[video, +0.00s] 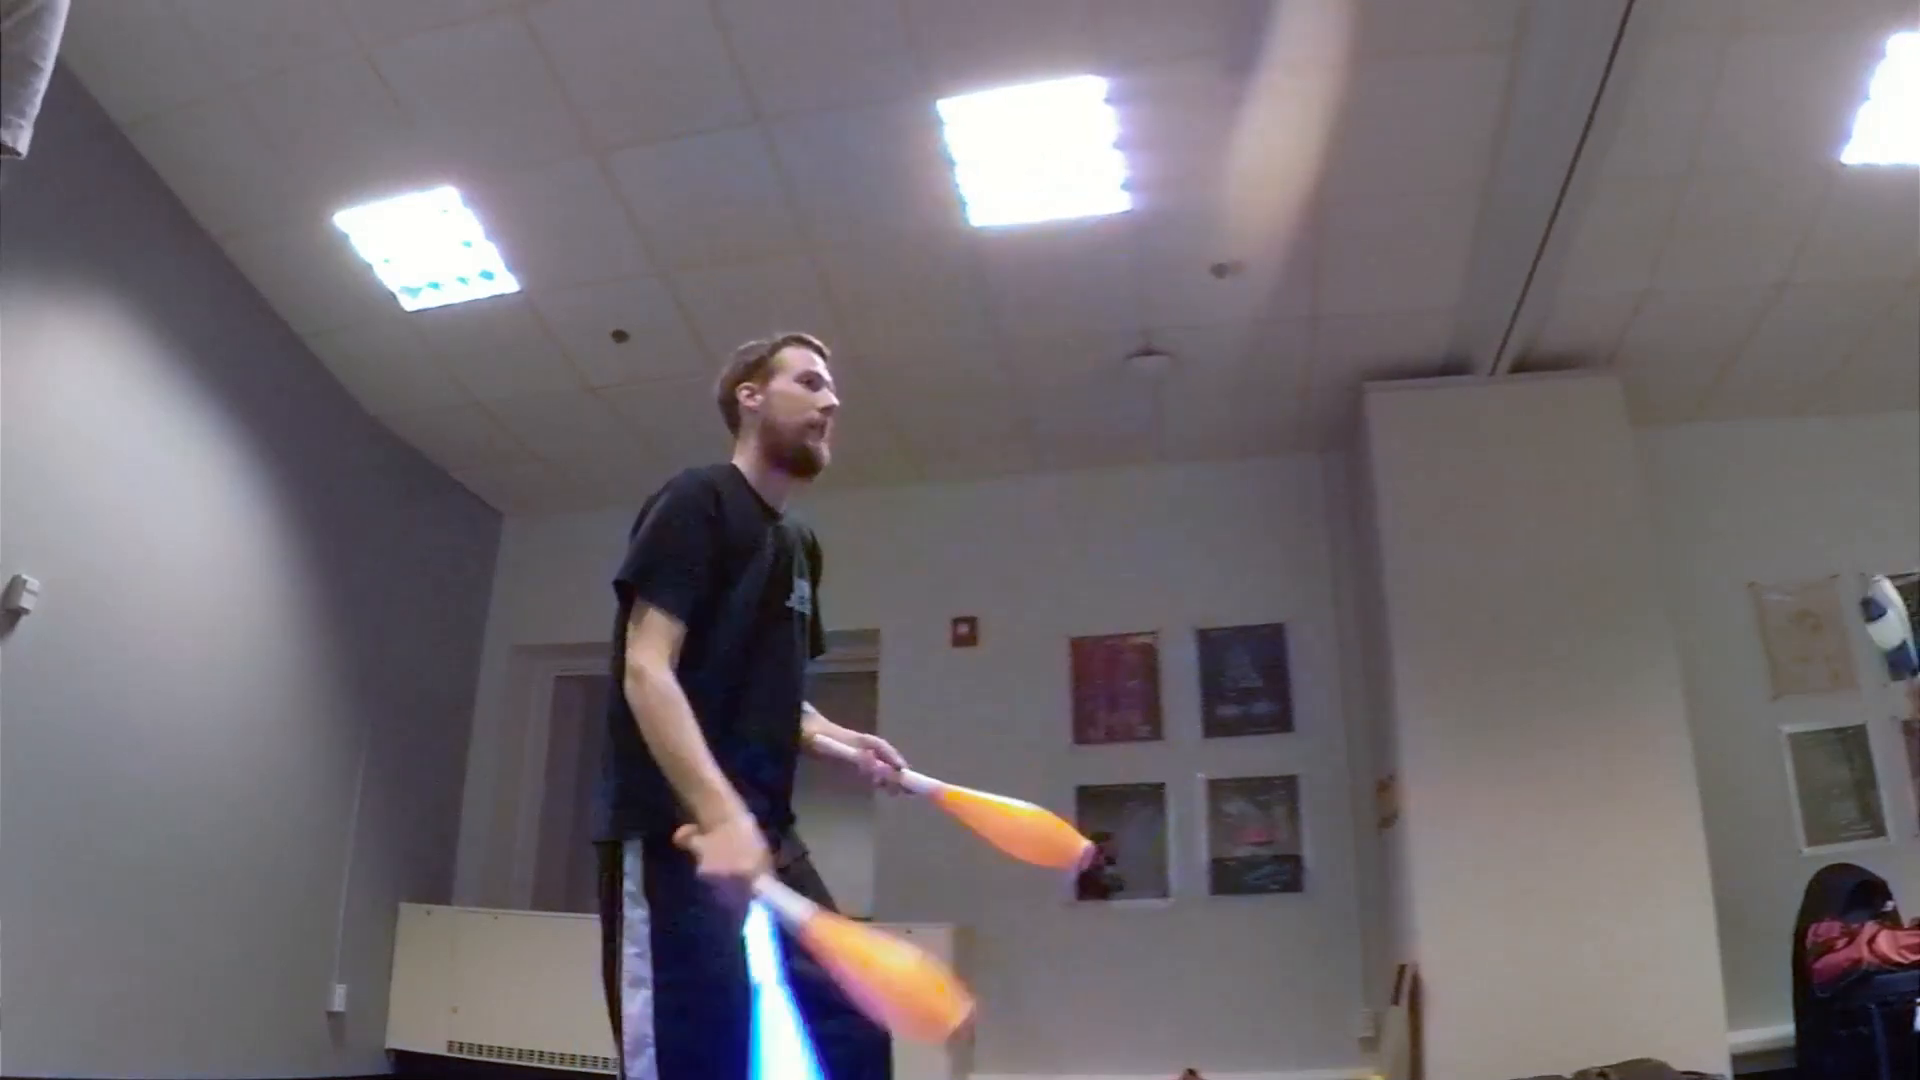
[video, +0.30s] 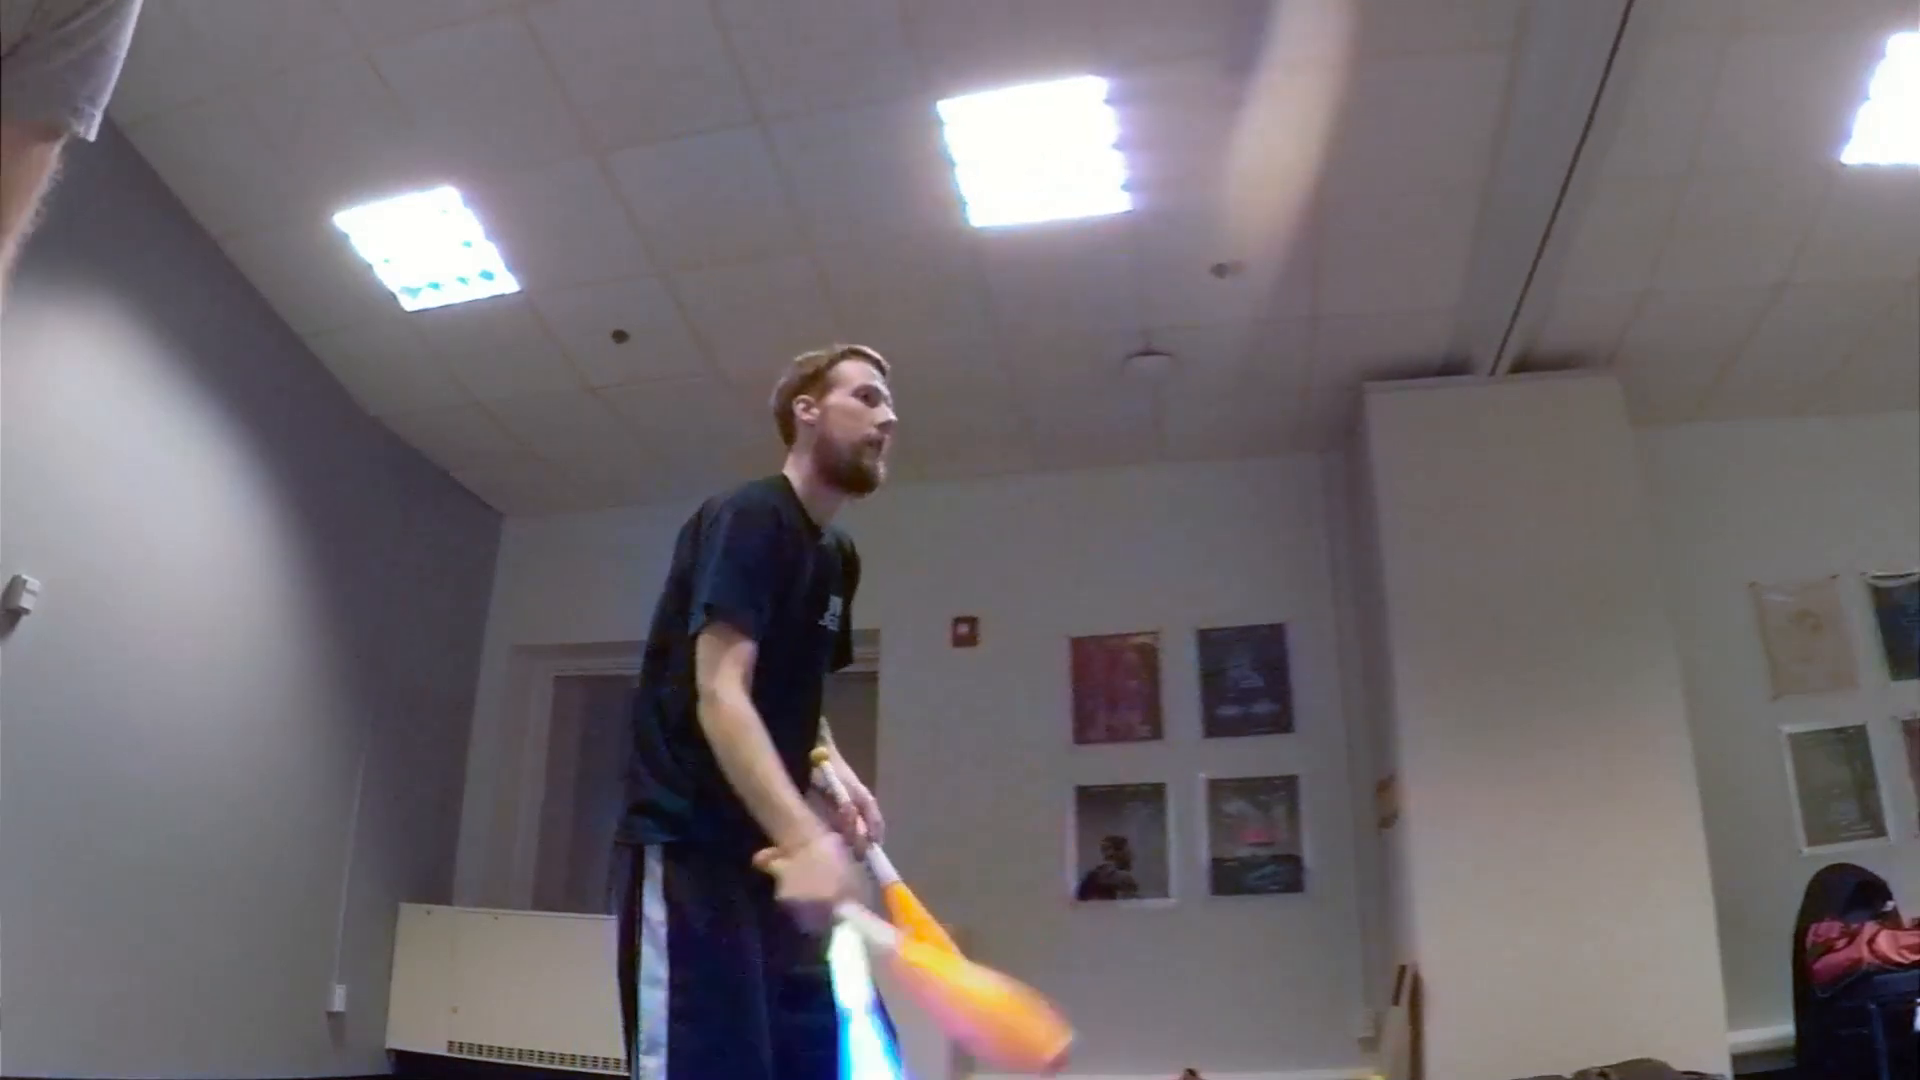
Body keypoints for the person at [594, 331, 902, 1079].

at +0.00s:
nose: (831, 399)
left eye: (832, 389)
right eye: (809, 381)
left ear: (831, 413)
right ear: (748, 397)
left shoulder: (798, 545)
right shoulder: (697, 499)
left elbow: (761, 696)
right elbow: (645, 668)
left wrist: (843, 746)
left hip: (762, 838)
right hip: (671, 841)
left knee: (854, 1040)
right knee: (690, 1060)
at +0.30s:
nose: (887, 415)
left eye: (889, 404)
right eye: (866, 395)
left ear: (882, 434)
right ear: (804, 411)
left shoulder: (836, 556)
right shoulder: (750, 515)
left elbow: (792, 690)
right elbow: (717, 690)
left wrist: (832, 769)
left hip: (771, 859)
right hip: (685, 855)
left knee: (804, 1062)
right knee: (707, 1063)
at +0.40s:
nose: (901, 405)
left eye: (903, 394)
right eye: (880, 386)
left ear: (894, 423)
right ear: (820, 400)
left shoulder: (851, 545)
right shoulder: (767, 498)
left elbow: (817, 681)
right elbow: (794, 649)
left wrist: (843, 764)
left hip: (780, 833)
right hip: (693, 828)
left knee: (845, 1047)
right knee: (704, 1058)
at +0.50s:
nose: (910, 396)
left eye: (912, 386)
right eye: (889, 377)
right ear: (830, 391)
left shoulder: (848, 536)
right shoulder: (781, 481)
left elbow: (817, 678)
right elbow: (857, 588)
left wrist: (855, 758)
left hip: (788, 829)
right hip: (704, 821)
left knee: (842, 1050)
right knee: (698, 1055)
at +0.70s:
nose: (909, 385)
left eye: (911, 375)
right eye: (888, 363)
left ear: (904, 409)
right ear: (828, 376)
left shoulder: (868, 537)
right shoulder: (776, 453)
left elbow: (855, 679)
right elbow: (820, 555)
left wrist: (883, 740)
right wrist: (995, 535)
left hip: (809, 832)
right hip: (711, 821)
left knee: (843, 1056)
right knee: (691, 1057)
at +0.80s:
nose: (899, 375)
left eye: (900, 366)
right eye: (876, 356)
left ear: (897, 403)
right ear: (817, 374)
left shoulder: (873, 531)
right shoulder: (755, 450)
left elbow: (864, 671)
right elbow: (739, 585)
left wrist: (902, 715)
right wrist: (901, 592)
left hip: (814, 830)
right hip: (709, 818)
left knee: (851, 1052)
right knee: (686, 1055)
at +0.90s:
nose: (889, 367)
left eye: (890, 357)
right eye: (866, 350)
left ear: (885, 388)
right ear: (806, 369)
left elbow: (865, 674)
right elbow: (669, 607)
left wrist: (925, 659)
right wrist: (818, 657)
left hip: (816, 838)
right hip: (703, 827)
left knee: (875, 1049)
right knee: (681, 1058)